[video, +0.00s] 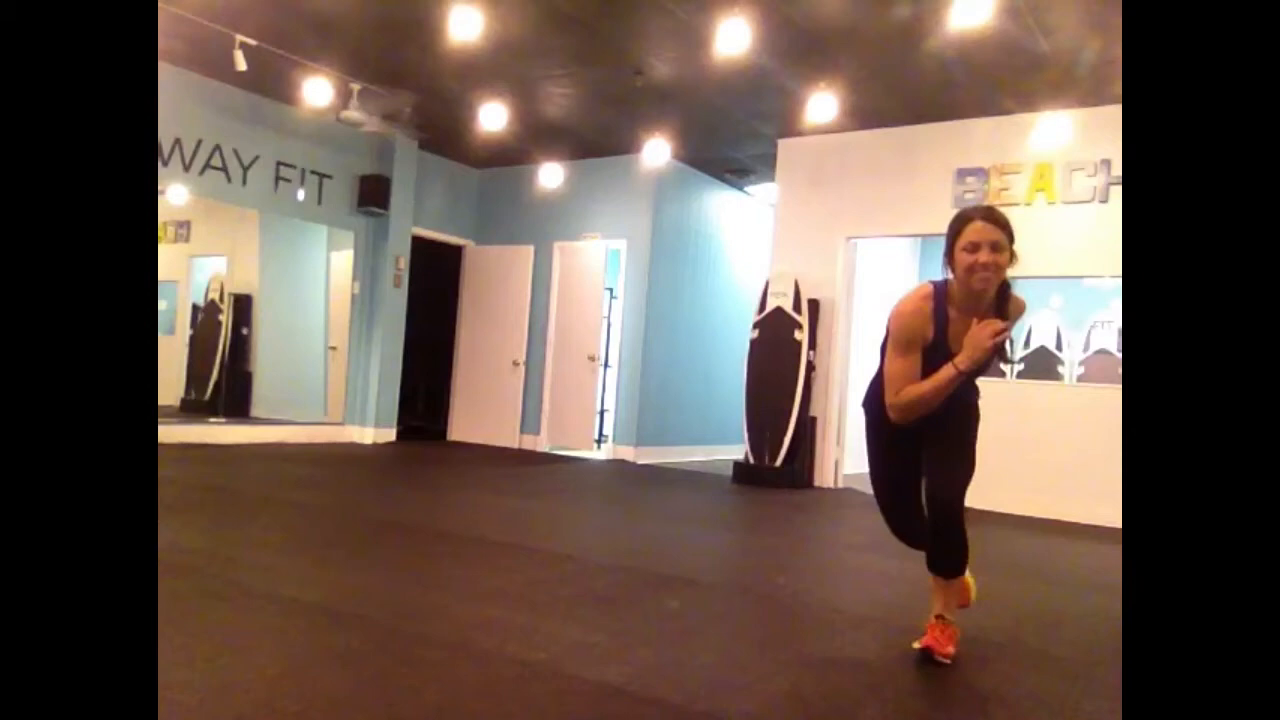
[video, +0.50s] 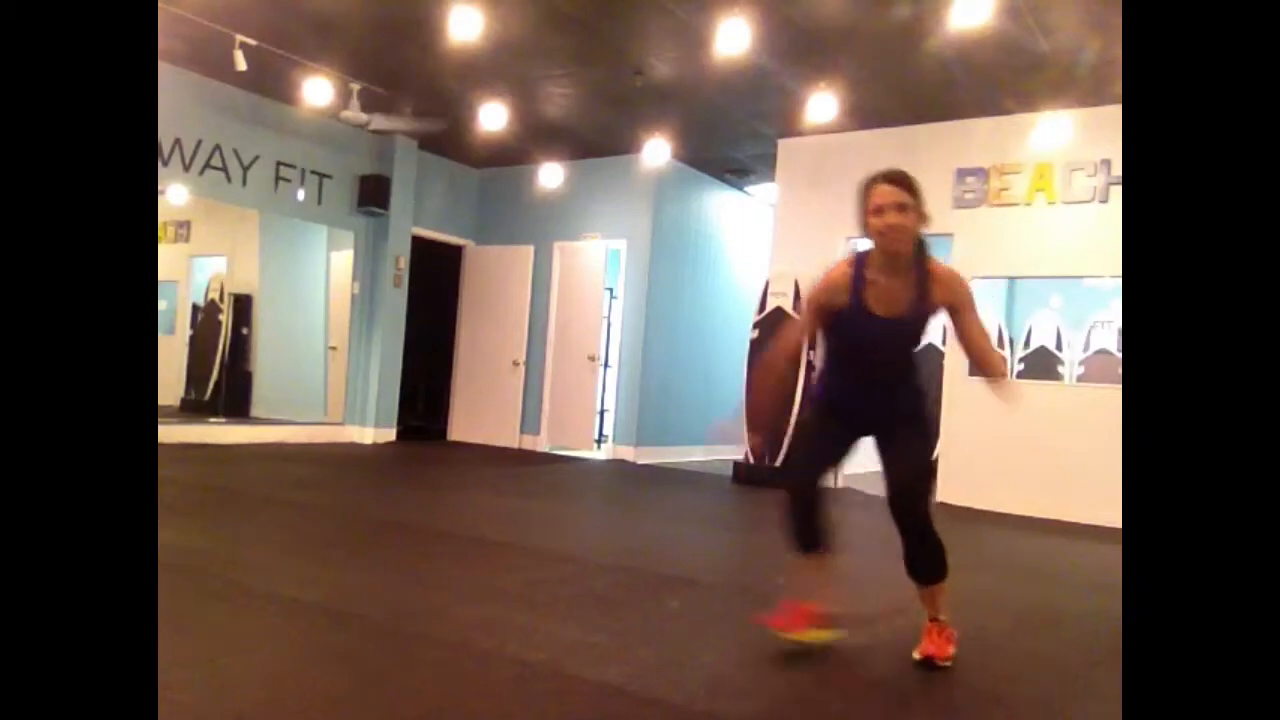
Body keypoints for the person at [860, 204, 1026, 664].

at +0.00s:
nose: (984, 258)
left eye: (996, 248)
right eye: (971, 248)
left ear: (1009, 260)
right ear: (951, 258)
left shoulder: (1010, 309)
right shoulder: (913, 313)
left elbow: (979, 354)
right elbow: (898, 408)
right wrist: (964, 362)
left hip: (954, 406)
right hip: (895, 411)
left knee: (945, 508)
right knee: (905, 524)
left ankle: (940, 620)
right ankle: (953, 562)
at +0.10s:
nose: (980, 253)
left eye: (991, 243)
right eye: (967, 243)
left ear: (1004, 254)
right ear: (946, 253)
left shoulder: (1006, 303)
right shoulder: (910, 308)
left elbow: (976, 342)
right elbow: (895, 404)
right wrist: (961, 356)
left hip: (952, 401)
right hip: (893, 407)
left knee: (944, 505)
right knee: (903, 520)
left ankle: (941, 618)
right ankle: (951, 558)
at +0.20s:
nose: (968, 246)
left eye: (980, 236)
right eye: (955, 236)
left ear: (993, 246)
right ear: (935, 246)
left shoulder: (996, 297)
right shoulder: (902, 302)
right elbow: (887, 398)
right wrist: (954, 351)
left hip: (945, 398)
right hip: (887, 405)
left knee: (937, 504)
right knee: (898, 515)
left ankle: (941, 617)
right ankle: (946, 543)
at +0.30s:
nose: (953, 240)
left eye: (964, 230)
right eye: (940, 230)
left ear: (979, 241)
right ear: (921, 242)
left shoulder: (982, 294)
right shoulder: (891, 296)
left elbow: (956, 348)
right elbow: (861, 386)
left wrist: (975, 398)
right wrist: (937, 372)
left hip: (936, 403)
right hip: (878, 407)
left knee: (931, 504)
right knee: (891, 516)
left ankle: (942, 617)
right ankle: (931, 552)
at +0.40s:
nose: (927, 232)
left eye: (938, 221)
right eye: (915, 223)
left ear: (955, 232)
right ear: (898, 235)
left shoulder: (964, 300)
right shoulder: (867, 293)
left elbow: (972, 370)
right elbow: (831, 370)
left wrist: (1018, 432)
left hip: (920, 400)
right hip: (862, 400)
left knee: (922, 504)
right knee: (861, 504)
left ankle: (941, 618)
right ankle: (901, 588)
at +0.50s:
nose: (890, 219)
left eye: (901, 209)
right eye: (878, 211)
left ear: (920, 219)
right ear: (865, 223)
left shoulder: (943, 283)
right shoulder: (839, 280)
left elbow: (977, 347)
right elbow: (787, 349)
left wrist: (993, 366)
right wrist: (760, 418)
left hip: (899, 403)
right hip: (839, 400)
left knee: (910, 507)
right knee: (799, 477)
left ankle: (936, 623)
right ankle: (814, 601)